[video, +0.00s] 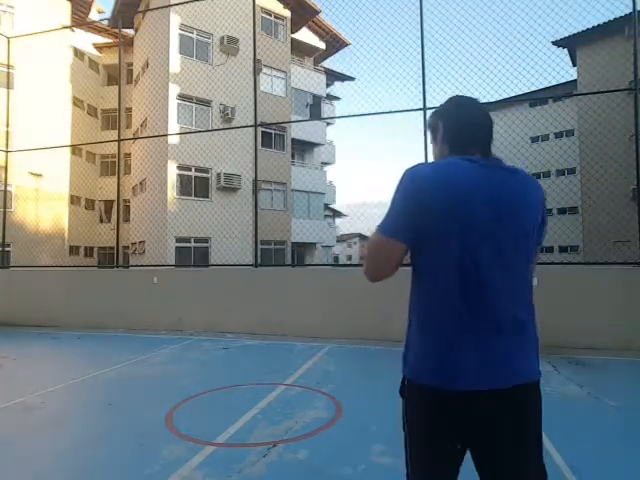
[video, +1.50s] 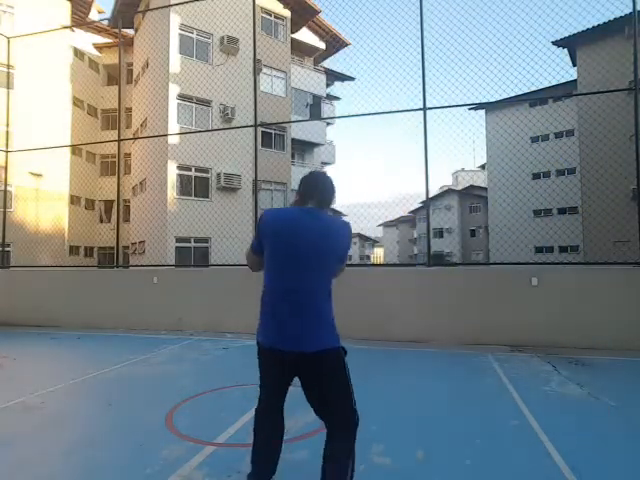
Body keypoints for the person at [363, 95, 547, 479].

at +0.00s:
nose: (433, 145)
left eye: (433, 136)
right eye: (433, 137)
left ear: (441, 136)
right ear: (488, 137)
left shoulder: (421, 180)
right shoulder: (529, 188)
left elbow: (376, 267)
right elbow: (524, 263)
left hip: (436, 385)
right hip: (513, 385)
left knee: (429, 473)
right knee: (521, 474)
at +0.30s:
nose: (431, 152)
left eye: (432, 144)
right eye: (432, 144)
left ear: (440, 146)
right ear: (483, 150)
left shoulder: (414, 186)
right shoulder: (516, 202)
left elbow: (368, 263)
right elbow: (504, 263)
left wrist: (410, 243)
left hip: (415, 379)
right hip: (489, 383)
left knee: (384, 472)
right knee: (500, 474)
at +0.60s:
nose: (372, 167)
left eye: (373, 160)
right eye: (373, 160)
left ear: (380, 163)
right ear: (416, 164)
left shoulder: (360, 208)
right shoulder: (443, 214)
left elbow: (323, 276)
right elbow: (434, 266)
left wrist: (346, 245)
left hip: (367, 374)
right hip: (430, 373)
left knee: (339, 470)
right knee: (445, 471)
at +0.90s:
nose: (355, 179)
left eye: (357, 174)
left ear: (360, 176)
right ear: (397, 179)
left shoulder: (334, 207)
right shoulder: (415, 219)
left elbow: (302, 266)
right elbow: (400, 266)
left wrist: (303, 242)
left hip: (339, 356)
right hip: (396, 357)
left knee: (324, 448)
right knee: (397, 451)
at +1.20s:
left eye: (340, 187)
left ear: (340, 189)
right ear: (376, 192)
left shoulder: (316, 219)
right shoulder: (393, 228)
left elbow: (281, 276)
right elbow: (389, 278)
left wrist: (311, 249)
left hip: (316, 356)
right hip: (369, 359)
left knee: (286, 440)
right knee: (386, 453)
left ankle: (271, 475)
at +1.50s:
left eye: (297, 192)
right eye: (329, 198)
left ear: (298, 194)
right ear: (330, 199)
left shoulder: (270, 219)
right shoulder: (340, 229)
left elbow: (254, 262)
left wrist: (288, 243)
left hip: (273, 341)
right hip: (318, 344)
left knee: (269, 412)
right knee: (343, 421)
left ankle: (259, 475)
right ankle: (336, 476)